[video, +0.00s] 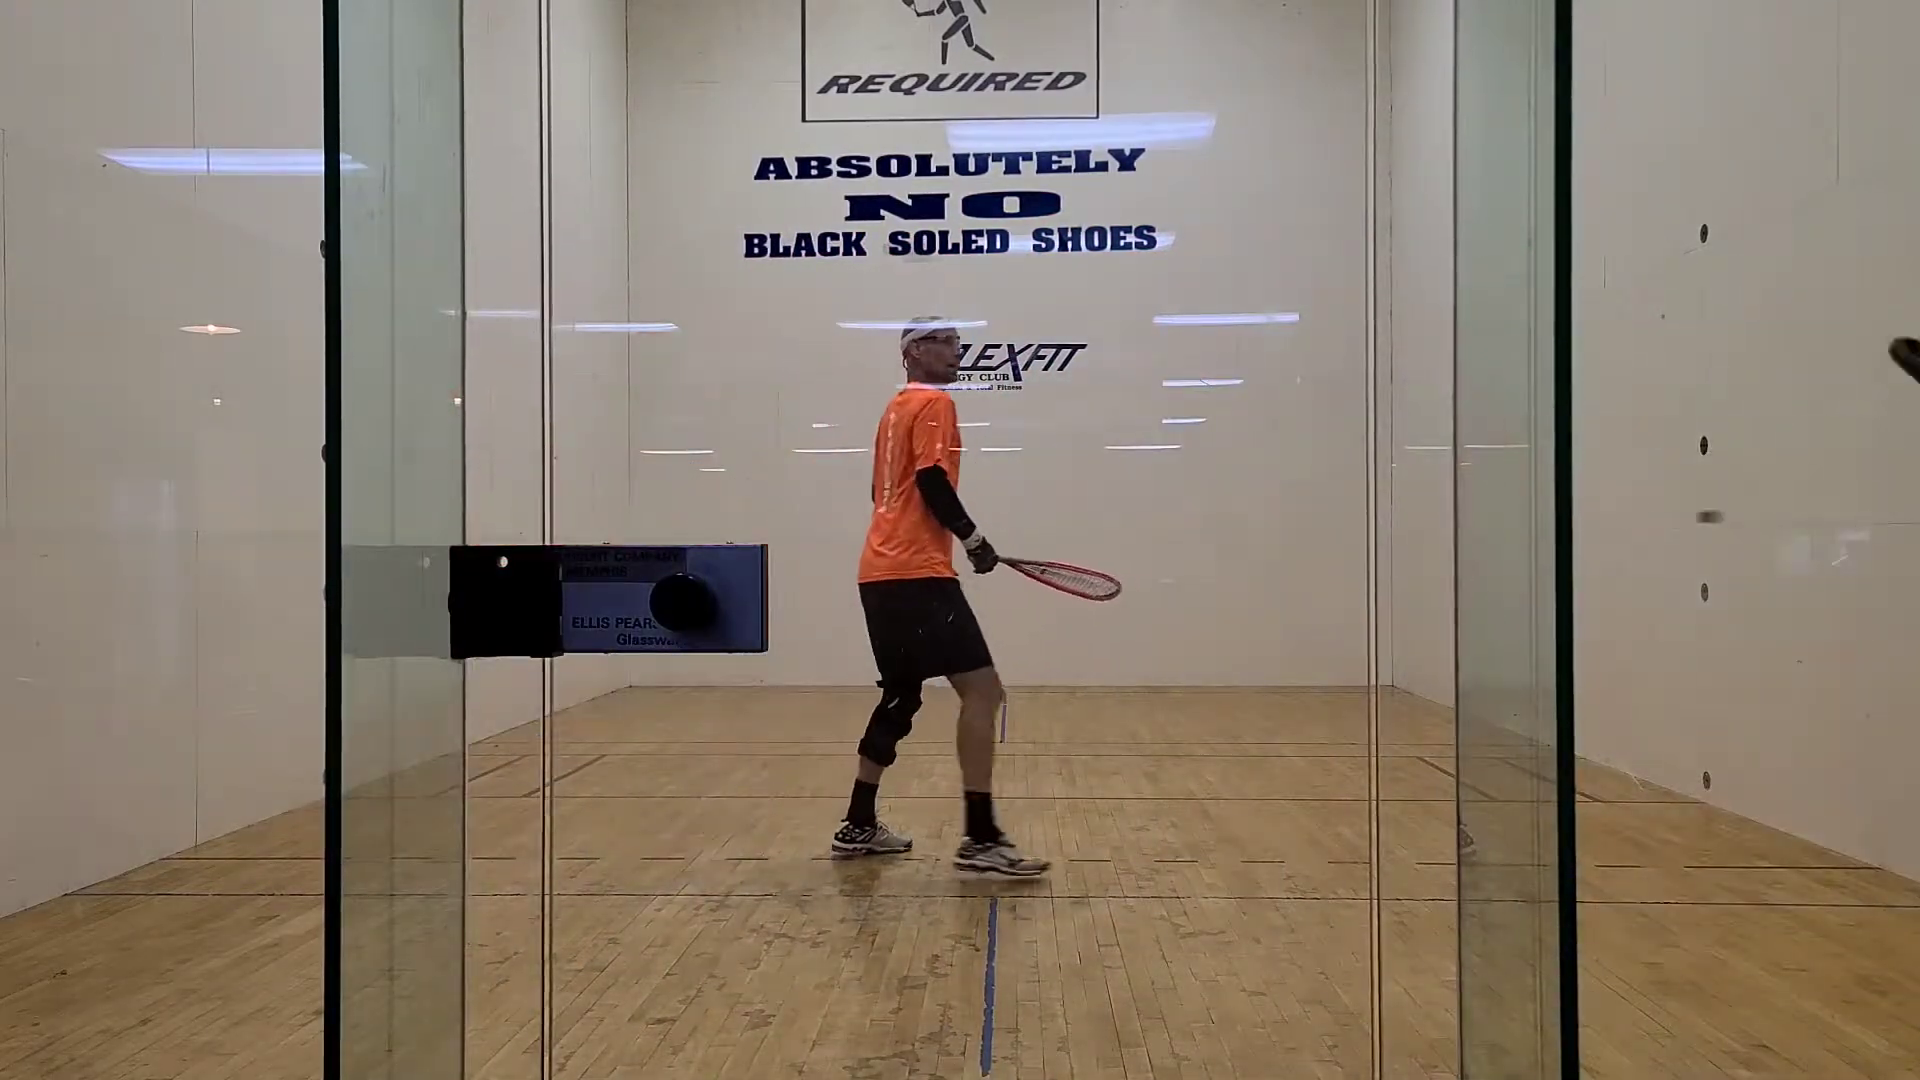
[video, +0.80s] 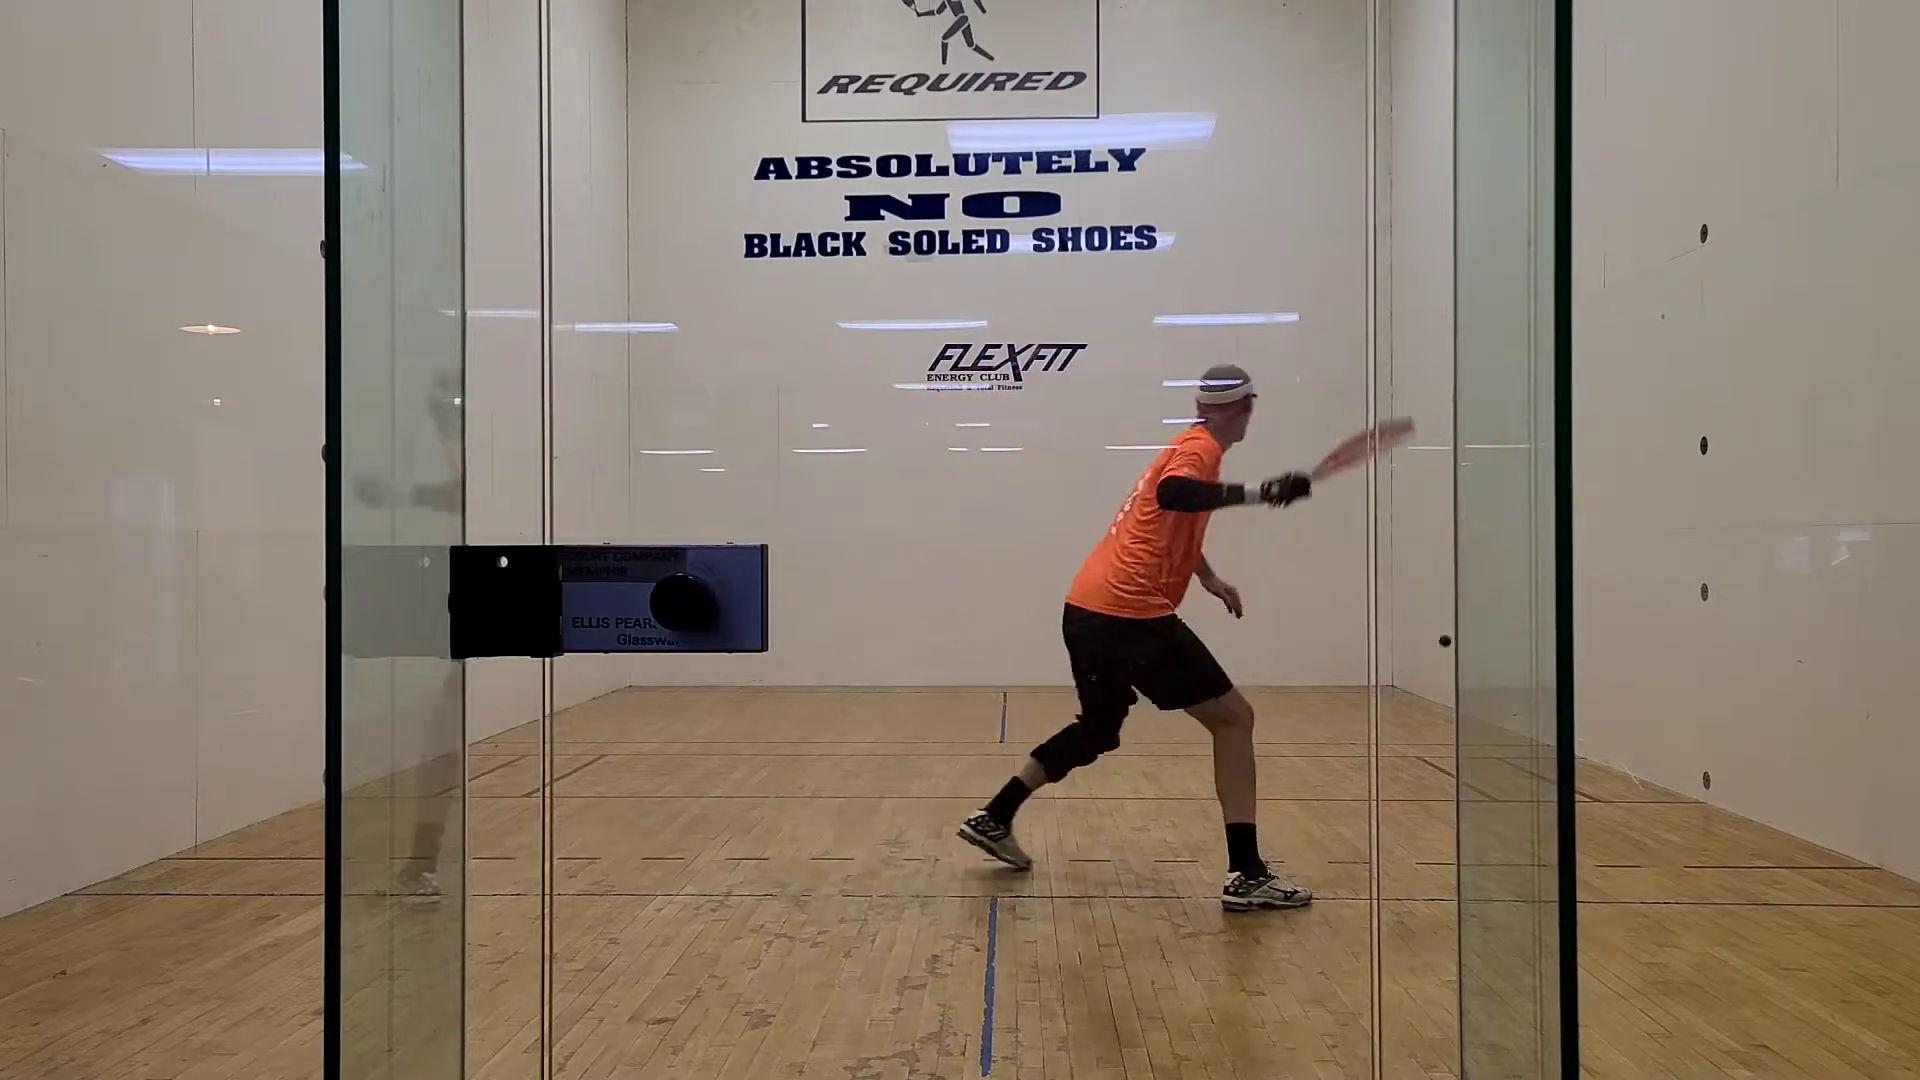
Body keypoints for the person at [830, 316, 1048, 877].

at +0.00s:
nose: (957, 353)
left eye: (957, 344)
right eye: (945, 344)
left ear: (916, 357)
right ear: (914, 353)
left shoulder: (896, 408)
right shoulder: (934, 403)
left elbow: (884, 492)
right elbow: (932, 478)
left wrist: (937, 542)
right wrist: (974, 536)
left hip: (880, 574)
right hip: (918, 572)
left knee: (899, 696)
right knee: (982, 690)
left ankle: (857, 824)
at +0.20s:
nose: (1012, 363)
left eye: (1007, 354)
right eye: (1006, 355)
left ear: (961, 367)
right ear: (994, 361)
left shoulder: (936, 419)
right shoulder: (1016, 411)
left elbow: (925, 500)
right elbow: (1019, 486)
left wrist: (963, 546)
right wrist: (1051, 548)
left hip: (937, 591)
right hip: (994, 587)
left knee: (932, 702)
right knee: (1046, 704)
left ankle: (867, 815)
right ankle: (1051, 849)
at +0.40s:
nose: (1071, 372)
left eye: (1068, 364)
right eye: (1069, 364)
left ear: (1021, 370)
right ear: (1061, 367)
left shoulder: (985, 416)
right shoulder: (1074, 417)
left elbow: (964, 497)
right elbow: (1077, 493)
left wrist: (990, 551)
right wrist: (1099, 560)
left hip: (973, 584)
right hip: (1035, 581)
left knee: (991, 704)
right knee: (1106, 694)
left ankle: (944, 834)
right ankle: (1076, 837)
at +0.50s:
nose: (1102, 399)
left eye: (1095, 391)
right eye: (1102, 391)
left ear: (1053, 393)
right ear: (1097, 390)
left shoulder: (1013, 437)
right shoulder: (1098, 442)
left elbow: (999, 508)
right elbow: (1095, 520)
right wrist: (1122, 594)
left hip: (994, 601)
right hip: (1056, 597)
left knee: (1006, 716)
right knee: (1146, 699)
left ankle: (945, 839)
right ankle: (1138, 840)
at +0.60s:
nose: (1144, 410)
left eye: (1141, 401)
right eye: (1144, 401)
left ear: (1095, 402)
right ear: (1138, 402)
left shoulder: (1059, 446)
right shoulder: (1134, 454)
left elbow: (1057, 532)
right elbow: (1116, 525)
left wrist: (1112, 583)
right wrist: (1159, 603)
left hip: (1023, 607)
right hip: (1085, 609)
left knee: (1019, 726)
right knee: (1173, 718)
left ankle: (946, 840)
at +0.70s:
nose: (1198, 411)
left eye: (1196, 401)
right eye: (1194, 403)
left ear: (1149, 406)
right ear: (1186, 407)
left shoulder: (1125, 446)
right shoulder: (1172, 454)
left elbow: (1119, 542)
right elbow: (1147, 518)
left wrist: (1178, 583)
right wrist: (1214, 568)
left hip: (1062, 614)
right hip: (1116, 617)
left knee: (1050, 735)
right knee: (1212, 728)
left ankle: (955, 831)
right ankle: (1247, 875)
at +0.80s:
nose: (1251, 414)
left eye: (1250, 405)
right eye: (1247, 406)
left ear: (1203, 406)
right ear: (1232, 411)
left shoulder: (1184, 448)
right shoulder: (1201, 448)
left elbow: (1175, 525)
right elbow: (1173, 492)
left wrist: (1209, 577)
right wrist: (1259, 492)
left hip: (1088, 610)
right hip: (1140, 616)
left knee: (1098, 729)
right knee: (1233, 720)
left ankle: (993, 816)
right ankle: (1246, 874)